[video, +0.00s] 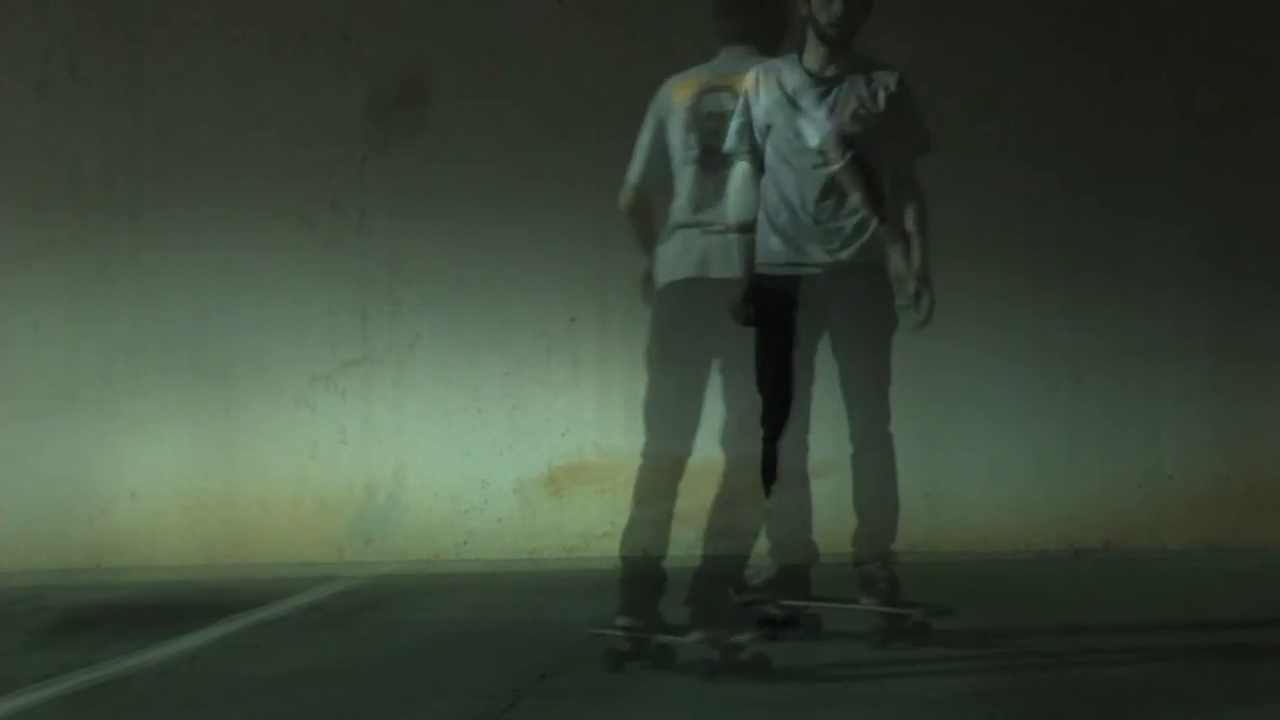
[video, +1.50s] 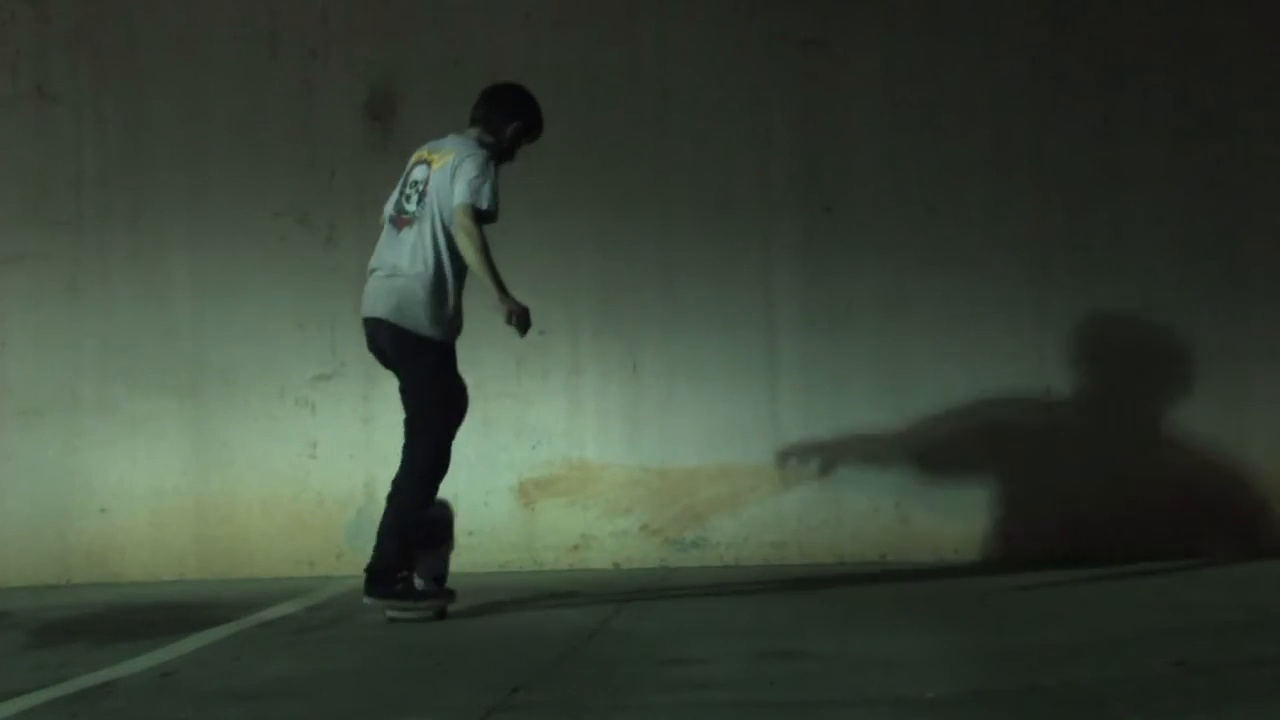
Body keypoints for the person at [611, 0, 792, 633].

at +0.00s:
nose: (784, 26)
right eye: (780, 18)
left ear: (717, 23)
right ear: (774, 22)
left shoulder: (675, 89)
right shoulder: (785, 82)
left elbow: (635, 195)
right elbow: (811, 180)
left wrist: (660, 256)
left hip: (684, 268)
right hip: (760, 268)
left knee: (667, 434)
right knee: (748, 439)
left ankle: (639, 587)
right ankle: (716, 591)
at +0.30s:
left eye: (597, 39)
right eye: (651, 45)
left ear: (592, 48)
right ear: (649, 46)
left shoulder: (555, 105)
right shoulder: (663, 94)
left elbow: (511, 209)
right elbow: (708, 167)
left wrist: (529, 271)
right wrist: (756, 256)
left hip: (560, 293)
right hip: (632, 292)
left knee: (547, 436)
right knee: (630, 444)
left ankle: (511, 578)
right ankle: (589, 582)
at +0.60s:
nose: (581, 79)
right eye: (581, 69)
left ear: (522, 66)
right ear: (579, 68)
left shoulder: (480, 119)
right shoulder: (589, 117)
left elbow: (428, 205)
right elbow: (637, 197)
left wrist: (431, 272)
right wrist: (673, 275)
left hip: (477, 301)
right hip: (544, 302)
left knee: (480, 439)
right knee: (547, 443)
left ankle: (462, 573)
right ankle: (506, 571)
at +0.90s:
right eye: (541, 100)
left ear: (485, 88)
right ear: (539, 95)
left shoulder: (439, 132)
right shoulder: (537, 132)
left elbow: (383, 215)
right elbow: (572, 215)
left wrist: (379, 287)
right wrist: (593, 291)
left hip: (424, 304)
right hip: (486, 303)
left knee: (439, 437)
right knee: (499, 438)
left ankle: (425, 570)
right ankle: (457, 565)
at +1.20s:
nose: (529, 132)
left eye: (533, 123)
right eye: (531, 122)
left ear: (480, 104)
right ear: (520, 113)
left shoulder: (424, 141)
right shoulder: (503, 144)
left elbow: (368, 220)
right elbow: (509, 221)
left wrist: (369, 283)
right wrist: (545, 309)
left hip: (390, 305)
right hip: (444, 306)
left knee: (409, 435)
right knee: (467, 435)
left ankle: (400, 563)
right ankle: (427, 557)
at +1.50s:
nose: (517, 154)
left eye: (524, 145)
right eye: (522, 142)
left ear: (479, 119)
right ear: (508, 128)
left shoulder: (428, 152)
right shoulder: (473, 157)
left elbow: (395, 215)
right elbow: (461, 219)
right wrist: (504, 297)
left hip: (384, 313)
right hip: (416, 318)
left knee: (453, 401)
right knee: (429, 436)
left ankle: (414, 514)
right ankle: (388, 570)